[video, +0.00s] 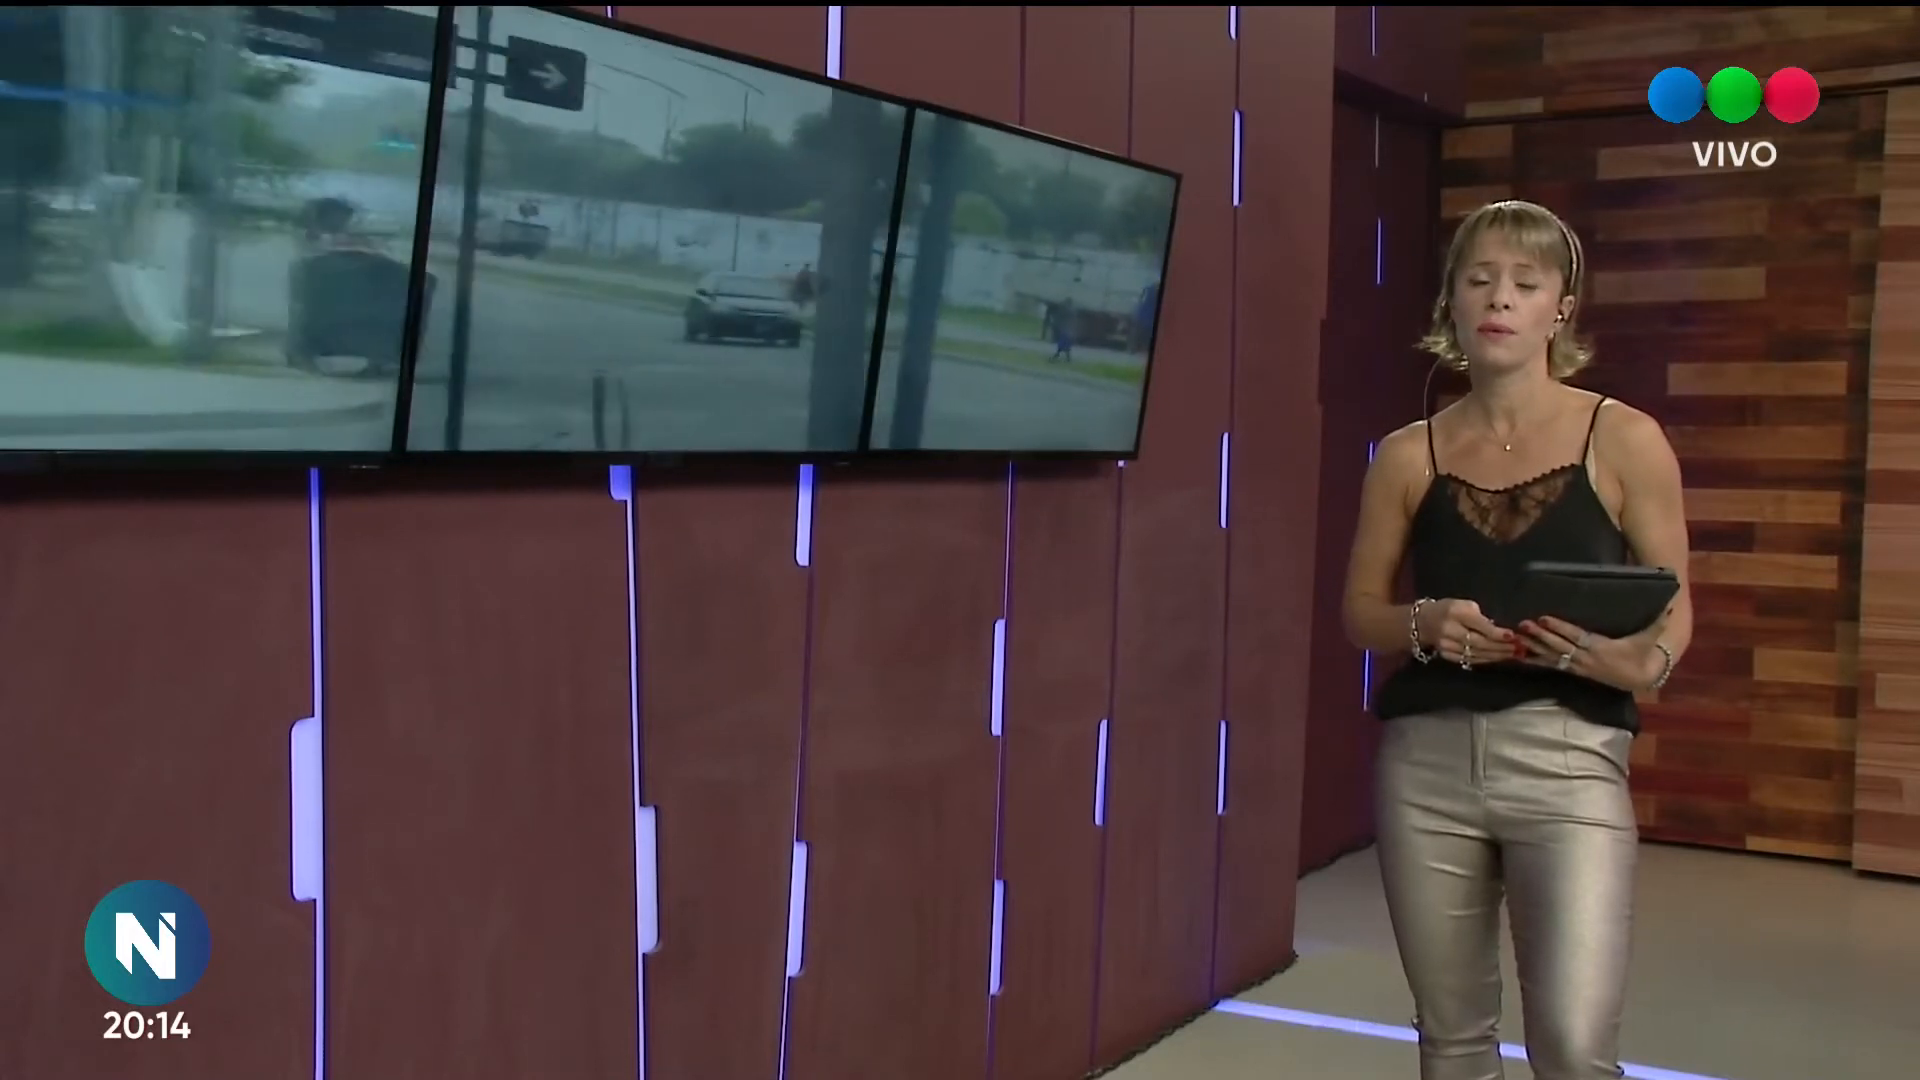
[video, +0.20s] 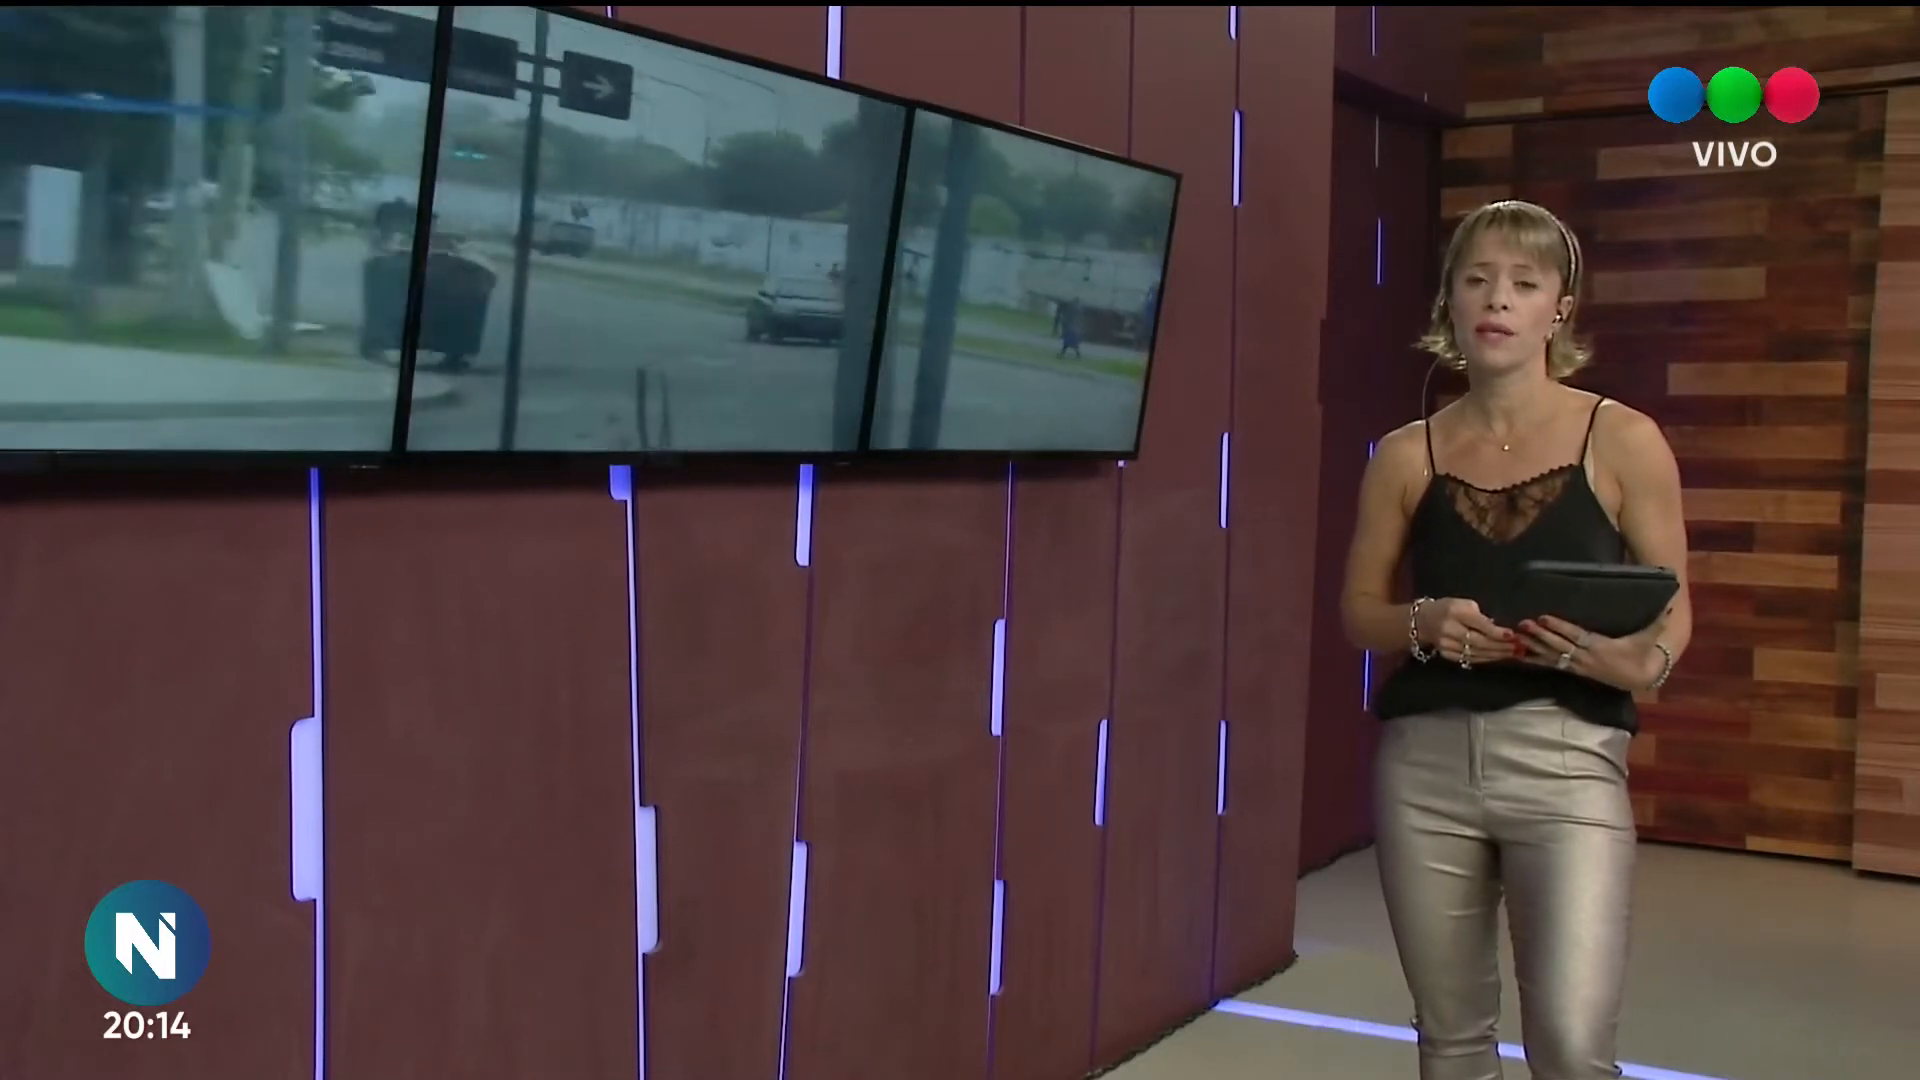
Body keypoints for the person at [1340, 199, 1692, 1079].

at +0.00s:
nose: (1496, 296)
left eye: (1523, 280)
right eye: (1477, 278)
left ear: (1560, 310)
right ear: (1451, 304)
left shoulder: (1626, 441)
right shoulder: (1406, 457)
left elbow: (1672, 609)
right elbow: (1360, 613)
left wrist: (1632, 665)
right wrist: (1421, 624)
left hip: (1570, 771)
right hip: (1426, 771)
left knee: (1573, 1051)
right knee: (1452, 1042)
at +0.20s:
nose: (1494, 298)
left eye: (1521, 282)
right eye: (1476, 279)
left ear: (1559, 310)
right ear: (1449, 303)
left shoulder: (1624, 442)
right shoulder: (1404, 458)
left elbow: (1671, 607)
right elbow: (1359, 613)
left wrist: (1636, 666)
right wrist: (1420, 623)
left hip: (1568, 770)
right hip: (1425, 770)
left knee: (1571, 1052)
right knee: (1451, 1042)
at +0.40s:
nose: (1492, 299)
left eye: (1518, 283)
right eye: (1474, 280)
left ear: (1556, 309)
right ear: (1448, 303)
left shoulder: (1622, 442)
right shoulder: (1403, 457)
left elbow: (1672, 606)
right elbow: (1358, 612)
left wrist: (1638, 665)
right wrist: (1421, 622)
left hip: (1565, 769)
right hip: (1422, 770)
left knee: (1569, 1052)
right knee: (1450, 1044)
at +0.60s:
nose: (1490, 300)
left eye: (1516, 283)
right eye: (1471, 281)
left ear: (1553, 309)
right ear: (1445, 304)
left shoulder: (1619, 442)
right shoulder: (1399, 457)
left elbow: (1668, 606)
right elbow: (1356, 612)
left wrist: (1637, 666)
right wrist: (1419, 622)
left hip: (1564, 769)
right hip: (1420, 770)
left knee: (1568, 1052)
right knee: (1448, 1043)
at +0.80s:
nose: (1487, 300)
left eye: (1513, 283)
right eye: (1468, 280)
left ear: (1550, 310)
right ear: (1442, 303)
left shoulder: (1616, 442)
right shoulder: (1397, 457)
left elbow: (1665, 603)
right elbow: (1352, 612)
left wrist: (1633, 665)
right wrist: (1416, 622)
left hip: (1562, 769)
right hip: (1418, 770)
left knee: (1566, 1052)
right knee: (1447, 1045)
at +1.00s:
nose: (1485, 300)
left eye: (1511, 284)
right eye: (1466, 280)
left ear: (1548, 310)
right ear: (1439, 303)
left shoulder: (1614, 442)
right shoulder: (1396, 456)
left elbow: (1662, 603)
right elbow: (1351, 612)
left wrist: (1632, 665)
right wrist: (1414, 621)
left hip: (1559, 767)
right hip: (1416, 769)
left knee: (1564, 1051)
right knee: (1446, 1043)